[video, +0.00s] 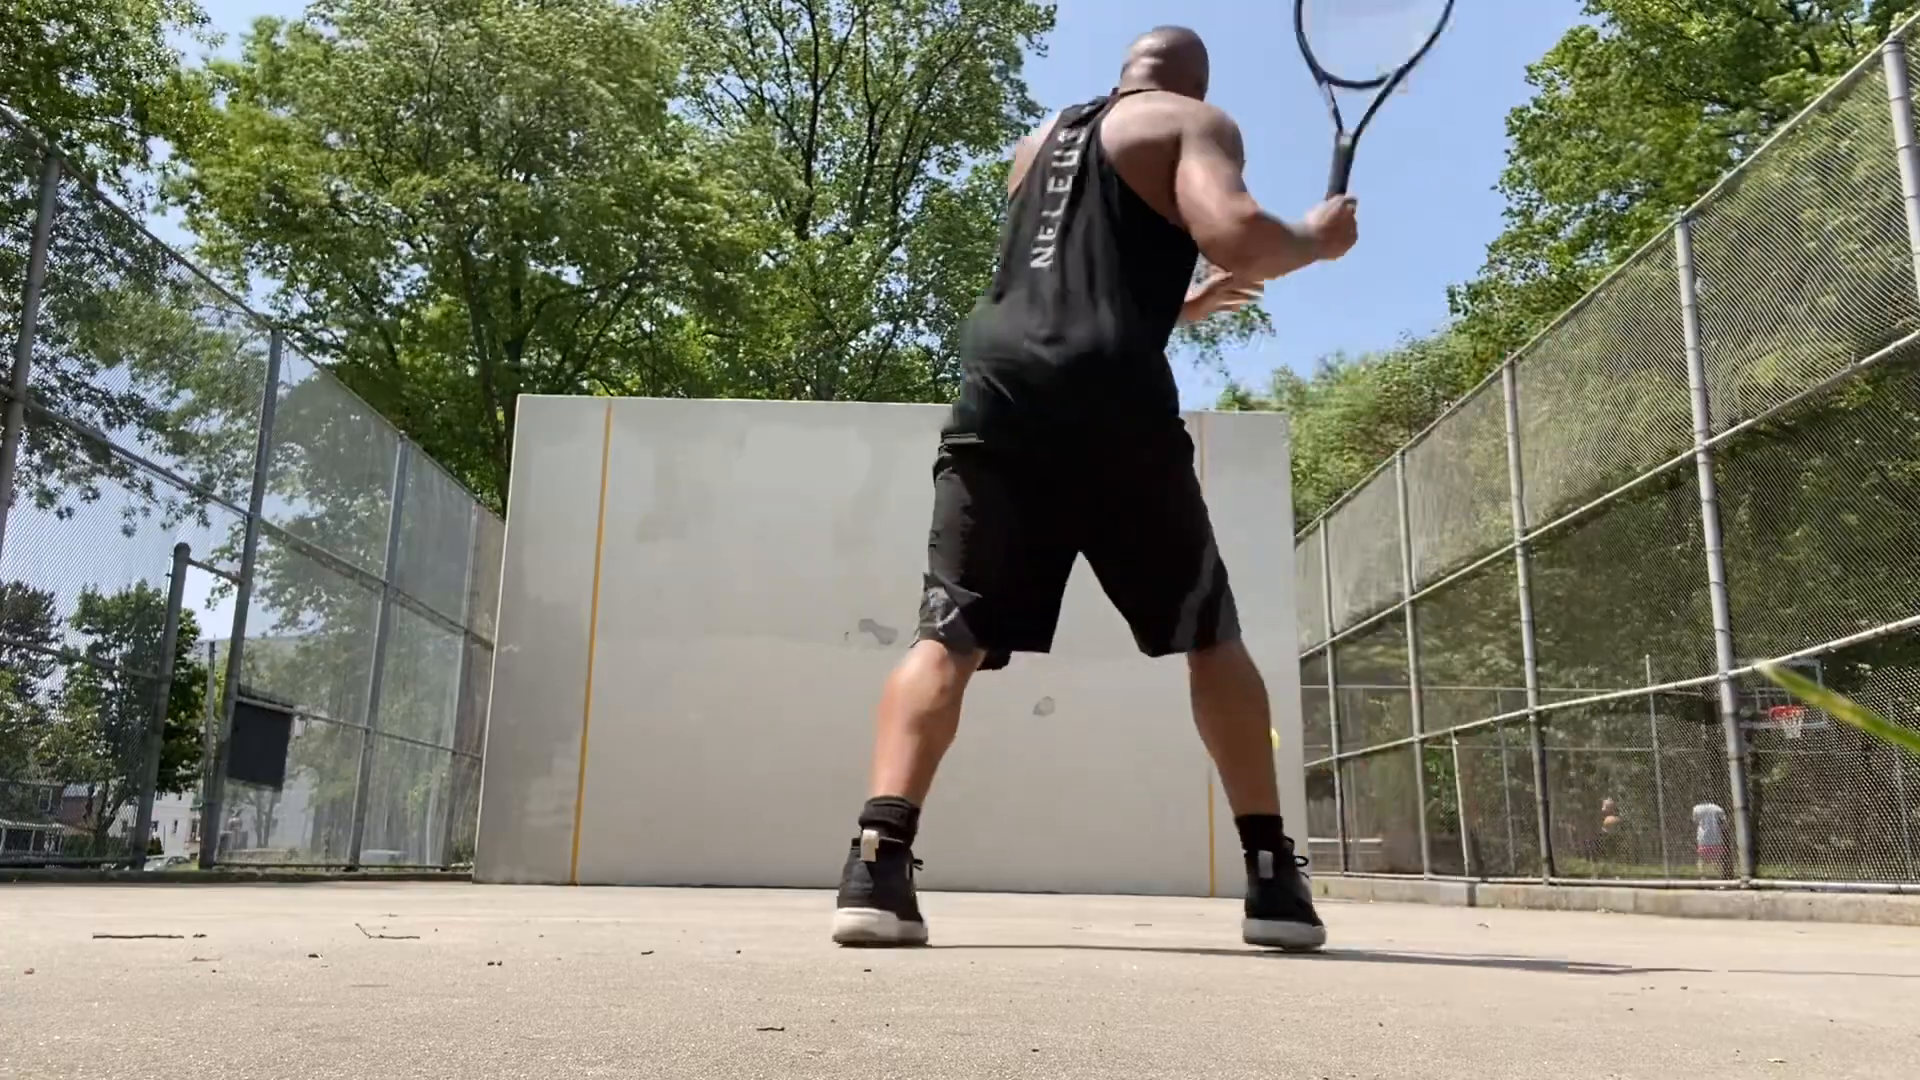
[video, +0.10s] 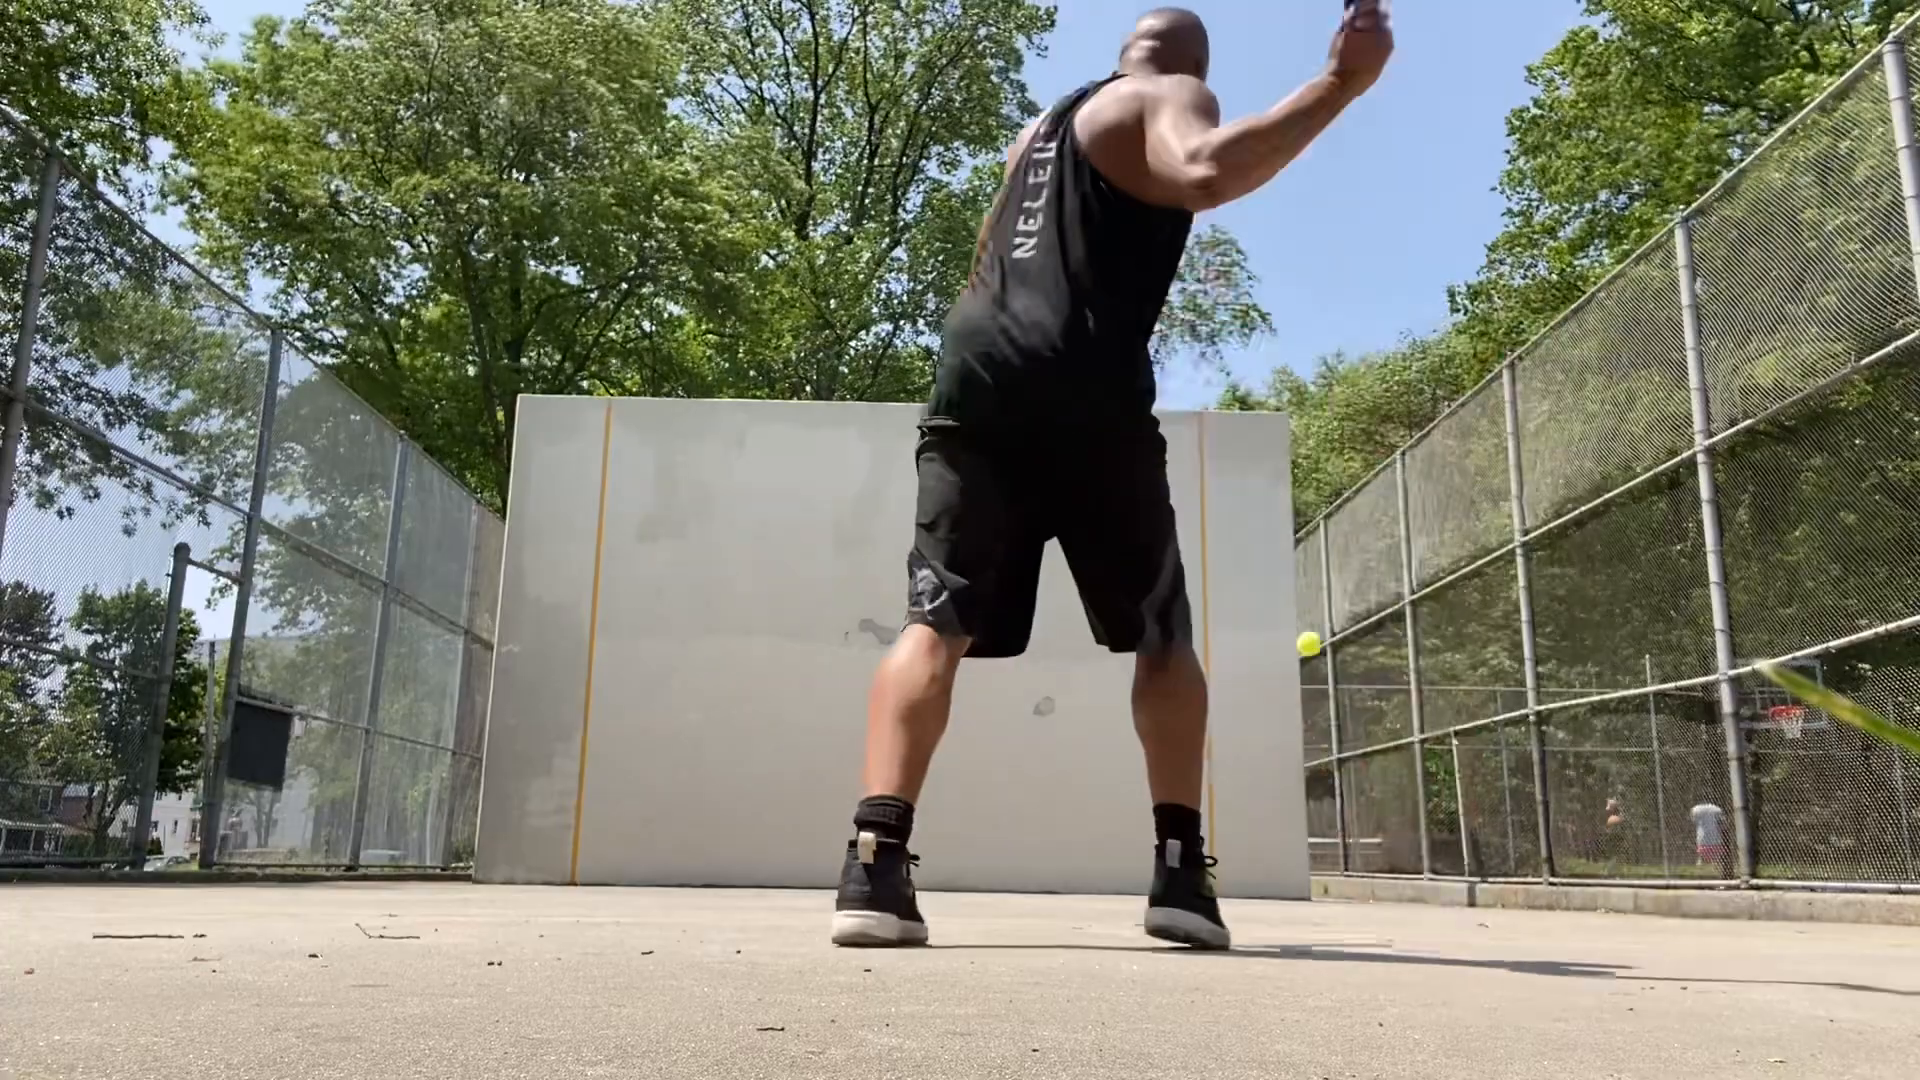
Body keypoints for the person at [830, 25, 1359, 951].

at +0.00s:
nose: (1202, 101)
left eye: (1184, 85)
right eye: (1204, 91)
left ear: (1123, 73)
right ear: (1196, 84)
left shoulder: (1038, 143)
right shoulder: (1194, 119)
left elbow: (1060, 296)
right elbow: (1235, 240)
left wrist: (1191, 304)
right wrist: (1315, 240)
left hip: (994, 401)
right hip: (1116, 408)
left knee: (948, 635)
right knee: (1210, 637)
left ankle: (876, 867)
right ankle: (1275, 881)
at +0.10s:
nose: (1201, 93)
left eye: (1195, 80)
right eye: (1203, 80)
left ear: (1124, 51)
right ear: (1190, 66)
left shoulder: (1037, 131)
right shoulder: (1166, 91)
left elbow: (993, 249)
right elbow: (1200, 172)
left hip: (973, 377)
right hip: (1090, 392)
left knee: (933, 625)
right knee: (1162, 638)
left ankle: (874, 870)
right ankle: (1179, 879)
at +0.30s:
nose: (1198, 117)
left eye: (1195, 103)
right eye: (1196, 104)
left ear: (1117, 68)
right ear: (1186, 88)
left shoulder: (1025, 138)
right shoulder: (1168, 126)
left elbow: (897, 223)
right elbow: (1215, 240)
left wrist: (862, 273)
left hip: (971, 388)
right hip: (1095, 401)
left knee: (933, 629)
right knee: (1164, 642)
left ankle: (867, 854)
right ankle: (1177, 886)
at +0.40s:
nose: (1167, 74)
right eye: (1170, 61)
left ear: (1084, 43)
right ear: (1164, 62)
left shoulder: (1003, 93)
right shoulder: (1191, 122)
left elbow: (916, 235)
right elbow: (1213, 292)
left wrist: (868, 275)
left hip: (999, 392)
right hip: (1132, 412)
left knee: (928, 589)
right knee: (1155, 640)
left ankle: (859, 780)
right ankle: (1177, 886)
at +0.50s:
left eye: (1057, 16)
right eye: (1139, 20)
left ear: (1054, 13)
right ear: (1139, 18)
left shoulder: (996, 68)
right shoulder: (1175, 93)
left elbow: (937, 225)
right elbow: (1185, 235)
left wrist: (883, 284)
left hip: (1012, 377)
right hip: (1139, 397)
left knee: (898, 559)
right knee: (1152, 631)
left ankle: (843, 752)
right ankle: (1182, 884)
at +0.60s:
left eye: (1050, 5)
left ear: (1057, 9)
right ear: (1136, 18)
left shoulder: (1004, 69)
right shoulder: (1164, 102)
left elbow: (965, 214)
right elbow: (1099, 168)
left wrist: (899, 267)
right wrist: (996, 43)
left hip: (1007, 393)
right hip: (1130, 407)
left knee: (886, 576)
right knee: (1142, 634)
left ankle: (820, 804)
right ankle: (1181, 886)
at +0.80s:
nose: (1073, 27)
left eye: (1010, 13)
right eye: (1085, 20)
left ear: (1010, 14)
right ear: (1088, 27)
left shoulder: (967, 77)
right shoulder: (1111, 131)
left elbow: (920, 234)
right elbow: (1021, 224)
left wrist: (852, 219)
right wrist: (896, 157)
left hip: (958, 410)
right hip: (1077, 424)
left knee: (882, 618)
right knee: (1107, 646)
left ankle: (834, 868)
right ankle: (1178, 883)